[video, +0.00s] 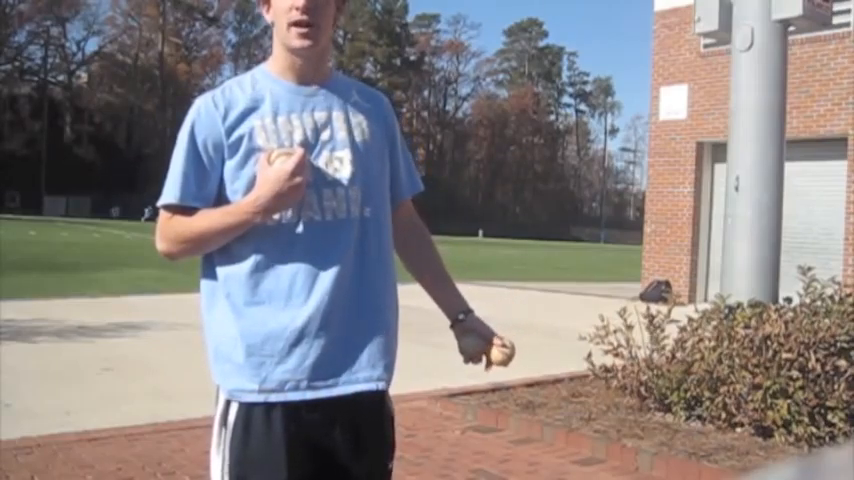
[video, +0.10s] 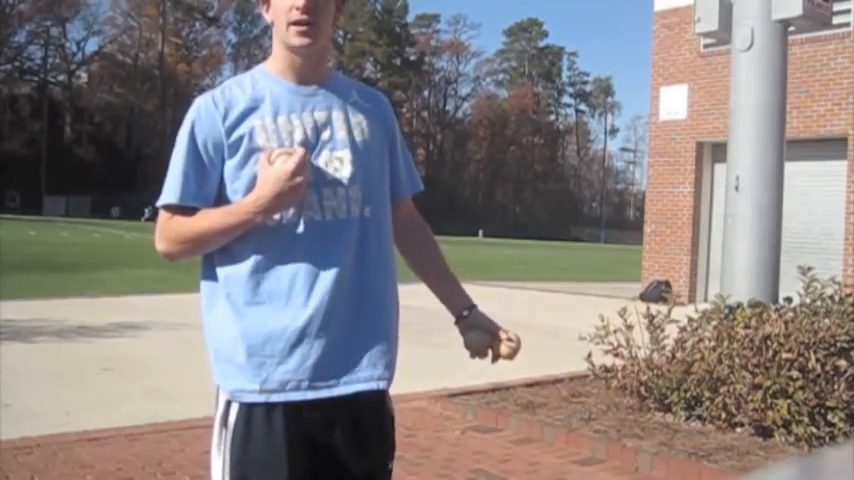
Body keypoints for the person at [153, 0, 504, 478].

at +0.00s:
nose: (305, 8)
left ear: (338, 10)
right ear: (268, 9)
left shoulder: (373, 109)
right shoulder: (216, 112)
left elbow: (405, 225)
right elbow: (169, 238)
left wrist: (463, 318)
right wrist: (258, 203)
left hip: (359, 386)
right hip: (260, 392)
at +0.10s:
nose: (305, 8)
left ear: (339, 10)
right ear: (267, 9)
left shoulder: (373, 109)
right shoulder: (217, 111)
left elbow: (406, 221)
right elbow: (169, 239)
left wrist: (467, 314)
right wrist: (259, 203)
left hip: (359, 384)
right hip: (261, 391)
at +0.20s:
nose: (305, 7)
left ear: (339, 10)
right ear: (266, 9)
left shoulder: (373, 109)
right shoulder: (216, 111)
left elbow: (408, 219)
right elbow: (169, 239)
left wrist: (472, 310)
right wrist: (260, 203)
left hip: (360, 383)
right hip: (261, 388)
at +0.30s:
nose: (302, 9)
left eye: (317, 1)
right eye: (289, 0)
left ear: (338, 12)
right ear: (266, 10)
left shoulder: (373, 109)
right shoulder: (216, 112)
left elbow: (409, 219)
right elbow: (169, 239)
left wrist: (475, 308)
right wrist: (259, 204)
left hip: (360, 383)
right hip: (261, 388)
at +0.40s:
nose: (303, 9)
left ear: (340, 10)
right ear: (266, 9)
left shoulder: (373, 109)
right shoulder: (216, 112)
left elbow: (409, 218)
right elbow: (169, 239)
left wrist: (475, 308)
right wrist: (258, 204)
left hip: (360, 383)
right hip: (261, 389)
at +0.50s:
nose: (303, 9)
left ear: (339, 10)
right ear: (266, 9)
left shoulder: (374, 109)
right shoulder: (217, 112)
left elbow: (409, 219)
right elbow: (169, 239)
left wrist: (474, 312)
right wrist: (257, 203)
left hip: (359, 383)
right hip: (260, 389)